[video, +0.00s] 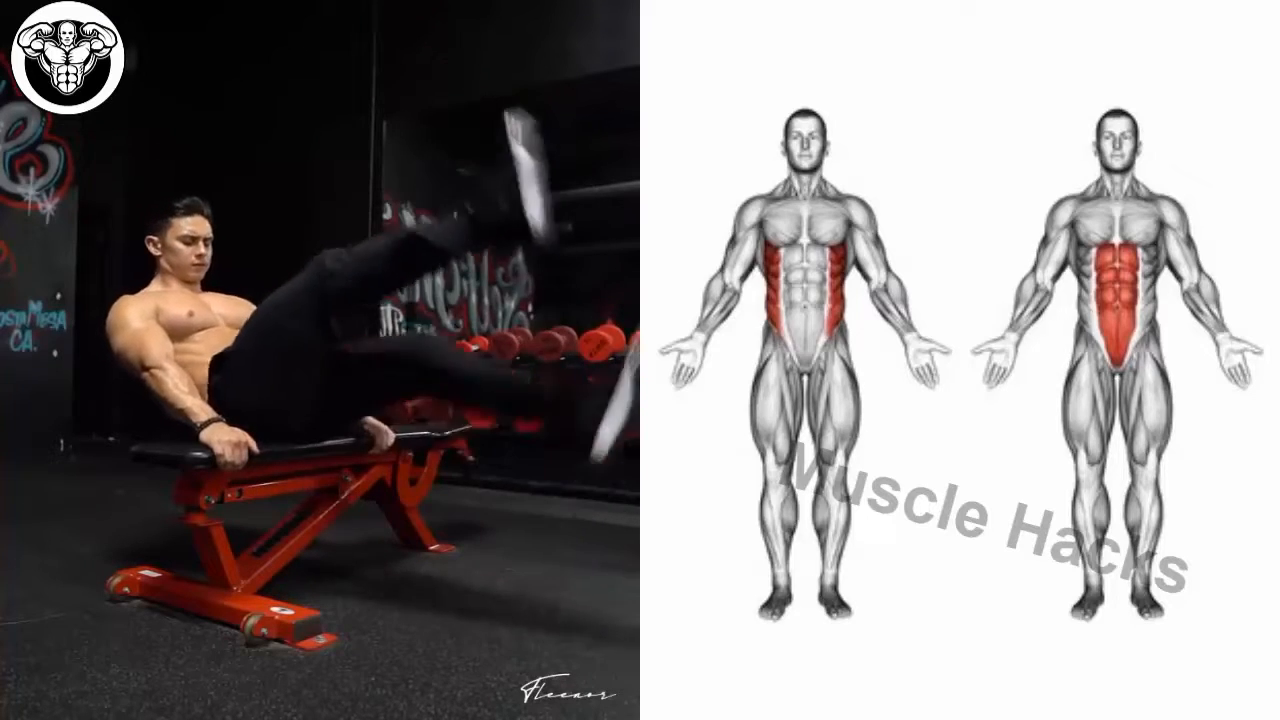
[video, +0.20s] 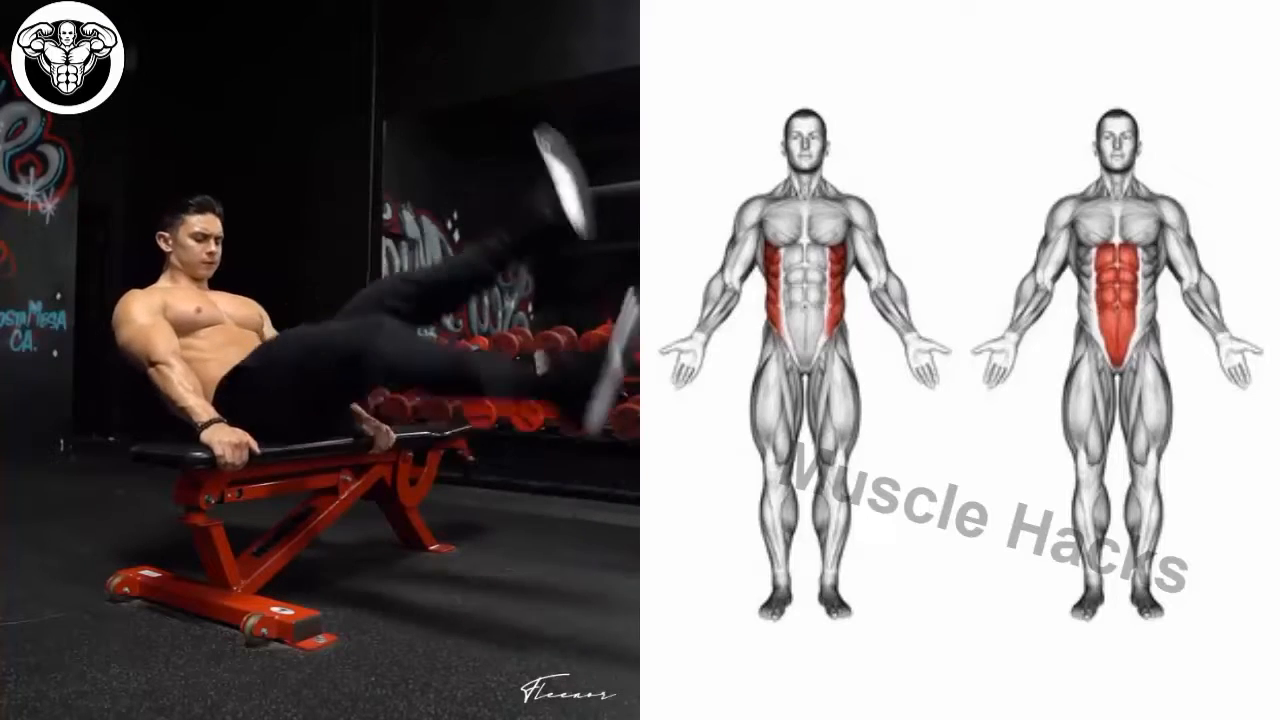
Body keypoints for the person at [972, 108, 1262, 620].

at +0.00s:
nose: (1116, 146)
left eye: (1124, 138)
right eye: (1109, 138)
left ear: (1137, 146)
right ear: (1097, 145)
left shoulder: (1164, 211)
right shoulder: (1070, 211)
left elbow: (1193, 282)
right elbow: (1041, 282)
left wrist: (1222, 336)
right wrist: (1012, 336)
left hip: (1144, 355)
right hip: (1089, 354)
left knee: (1146, 466)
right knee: (1088, 466)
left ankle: (1141, 581)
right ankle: (1092, 583)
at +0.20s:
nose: (1116, 145)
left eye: (1124, 138)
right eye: (1109, 137)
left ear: (1137, 146)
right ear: (1097, 145)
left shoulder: (1164, 211)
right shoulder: (1070, 211)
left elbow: (1193, 282)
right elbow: (1041, 282)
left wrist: (1221, 335)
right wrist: (1012, 336)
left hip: (1144, 355)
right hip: (1089, 354)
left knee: (1145, 467)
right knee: (1088, 466)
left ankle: (1141, 582)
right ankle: (1092, 583)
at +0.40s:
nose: (1116, 145)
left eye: (1124, 138)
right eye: (1109, 137)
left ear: (1137, 146)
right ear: (1097, 145)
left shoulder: (1164, 211)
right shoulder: (1070, 211)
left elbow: (1193, 282)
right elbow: (1041, 281)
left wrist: (1221, 335)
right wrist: (1012, 336)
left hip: (1144, 355)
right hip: (1089, 354)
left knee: (1145, 467)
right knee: (1088, 466)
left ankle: (1141, 583)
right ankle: (1092, 583)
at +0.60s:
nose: (1116, 145)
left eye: (1124, 138)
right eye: (1109, 137)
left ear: (1137, 146)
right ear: (1097, 145)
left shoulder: (1164, 211)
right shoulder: (1070, 211)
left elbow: (1193, 282)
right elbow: (1041, 282)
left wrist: (1221, 335)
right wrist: (1012, 336)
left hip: (1144, 355)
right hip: (1089, 354)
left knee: (1145, 467)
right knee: (1088, 466)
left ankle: (1141, 582)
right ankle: (1092, 583)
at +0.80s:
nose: (1116, 145)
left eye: (1124, 138)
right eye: (1109, 137)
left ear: (1137, 146)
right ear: (1097, 145)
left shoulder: (1164, 211)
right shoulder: (1070, 211)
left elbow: (1193, 282)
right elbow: (1041, 282)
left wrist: (1221, 335)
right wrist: (1012, 336)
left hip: (1144, 355)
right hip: (1089, 354)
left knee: (1145, 467)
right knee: (1088, 466)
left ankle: (1141, 582)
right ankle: (1092, 583)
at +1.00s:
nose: (1116, 145)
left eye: (1124, 138)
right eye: (1109, 137)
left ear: (1137, 146)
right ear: (1097, 145)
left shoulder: (1164, 211)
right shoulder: (1070, 211)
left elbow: (1193, 282)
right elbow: (1041, 282)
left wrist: (1221, 335)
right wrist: (1012, 336)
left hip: (1144, 355)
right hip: (1089, 354)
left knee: (1145, 467)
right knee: (1088, 466)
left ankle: (1141, 582)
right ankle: (1092, 583)